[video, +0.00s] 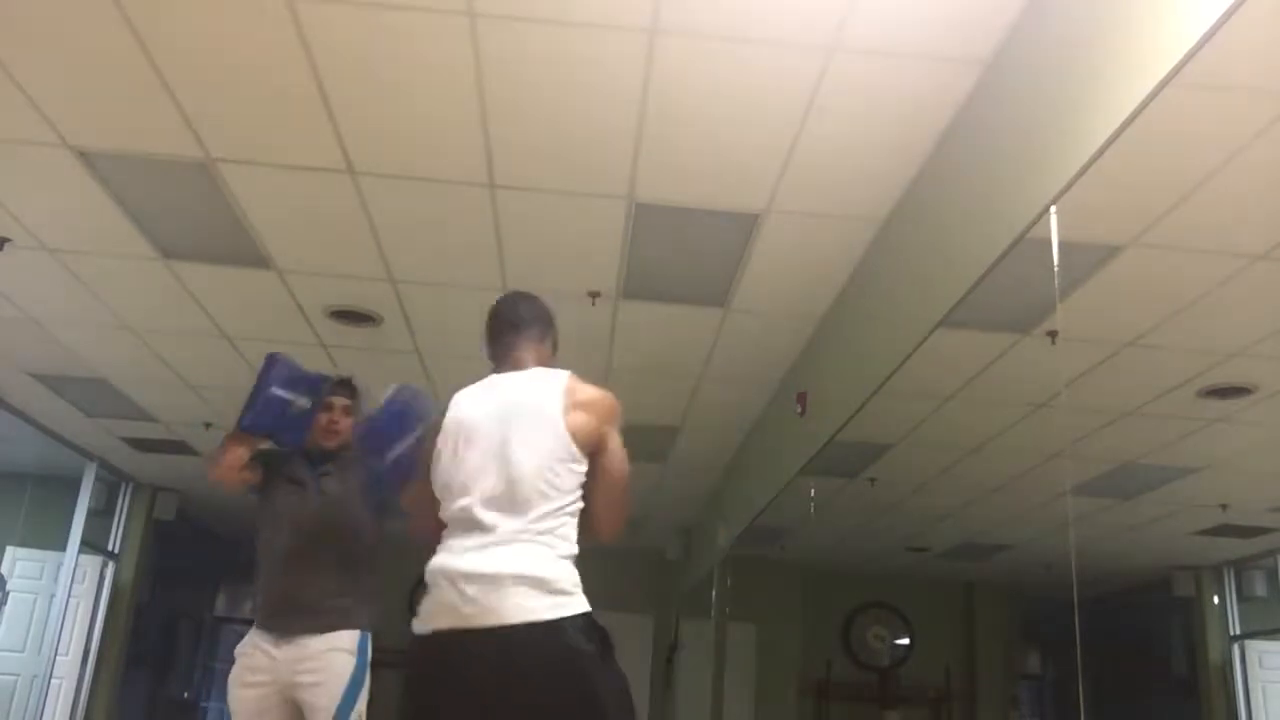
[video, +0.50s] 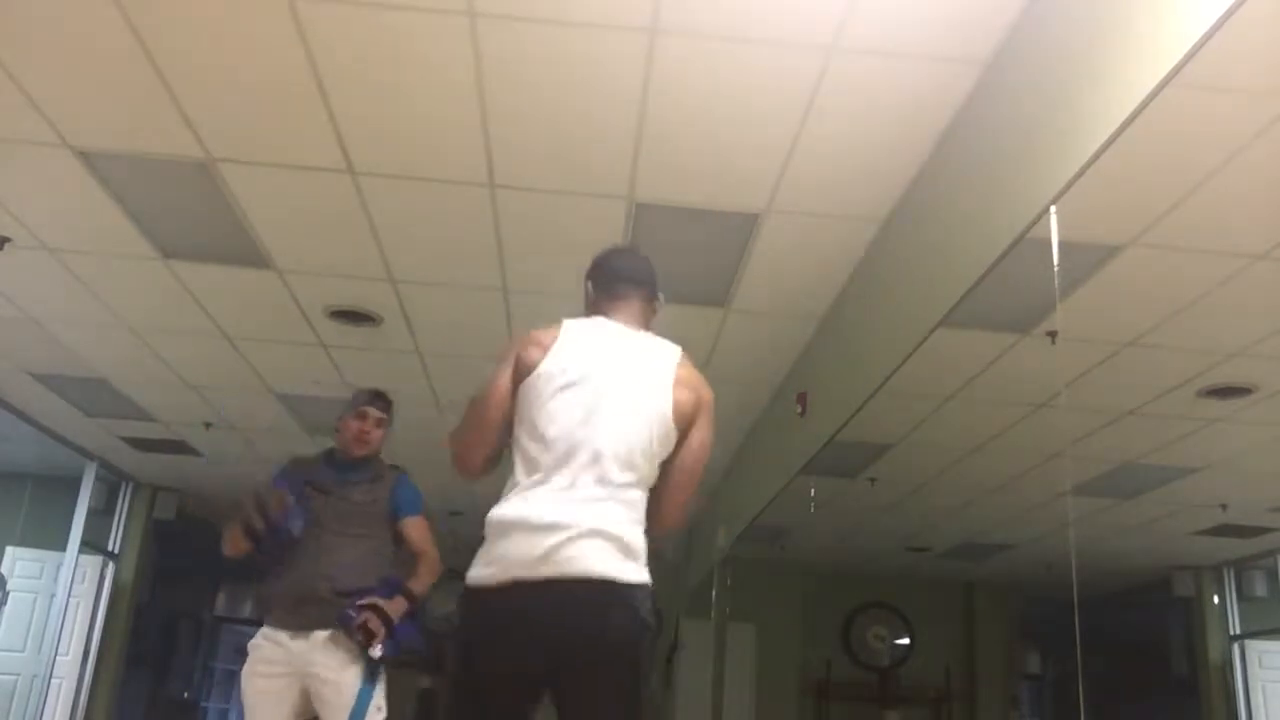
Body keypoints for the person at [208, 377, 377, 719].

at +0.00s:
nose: (334, 418)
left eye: (345, 412)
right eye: (326, 408)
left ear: (356, 424)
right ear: (309, 416)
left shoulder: (370, 471)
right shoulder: (277, 466)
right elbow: (221, 475)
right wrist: (258, 421)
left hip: (334, 646)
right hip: (264, 644)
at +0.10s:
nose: (319, 424)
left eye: (331, 416)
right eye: (309, 414)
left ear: (341, 427)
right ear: (293, 421)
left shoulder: (357, 476)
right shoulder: (266, 472)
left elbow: (405, 533)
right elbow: (202, 495)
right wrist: (237, 431)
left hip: (328, 648)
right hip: (258, 646)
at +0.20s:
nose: (316, 423)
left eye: (328, 416)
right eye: (307, 413)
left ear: (337, 427)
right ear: (290, 420)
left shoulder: (357, 475)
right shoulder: (261, 472)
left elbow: (400, 546)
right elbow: (192, 508)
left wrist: (358, 560)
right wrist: (232, 438)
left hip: (330, 644)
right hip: (259, 643)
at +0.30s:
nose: (325, 421)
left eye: (336, 414)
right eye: (316, 411)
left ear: (344, 425)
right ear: (298, 417)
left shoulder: (361, 471)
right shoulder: (268, 470)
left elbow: (405, 544)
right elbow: (199, 520)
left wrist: (378, 592)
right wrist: (234, 456)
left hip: (330, 641)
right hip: (261, 641)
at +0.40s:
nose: (344, 422)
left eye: (355, 416)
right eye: (336, 411)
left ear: (362, 427)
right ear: (317, 418)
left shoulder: (376, 476)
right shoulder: (279, 469)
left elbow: (415, 548)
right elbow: (211, 536)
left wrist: (389, 600)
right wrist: (246, 471)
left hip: (335, 641)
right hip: (265, 640)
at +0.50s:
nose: (367, 429)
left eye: (378, 424)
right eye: (360, 418)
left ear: (385, 436)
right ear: (340, 423)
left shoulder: (394, 484)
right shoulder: (297, 472)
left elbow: (429, 560)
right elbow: (231, 547)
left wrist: (397, 606)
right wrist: (260, 517)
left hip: (348, 646)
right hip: (276, 643)